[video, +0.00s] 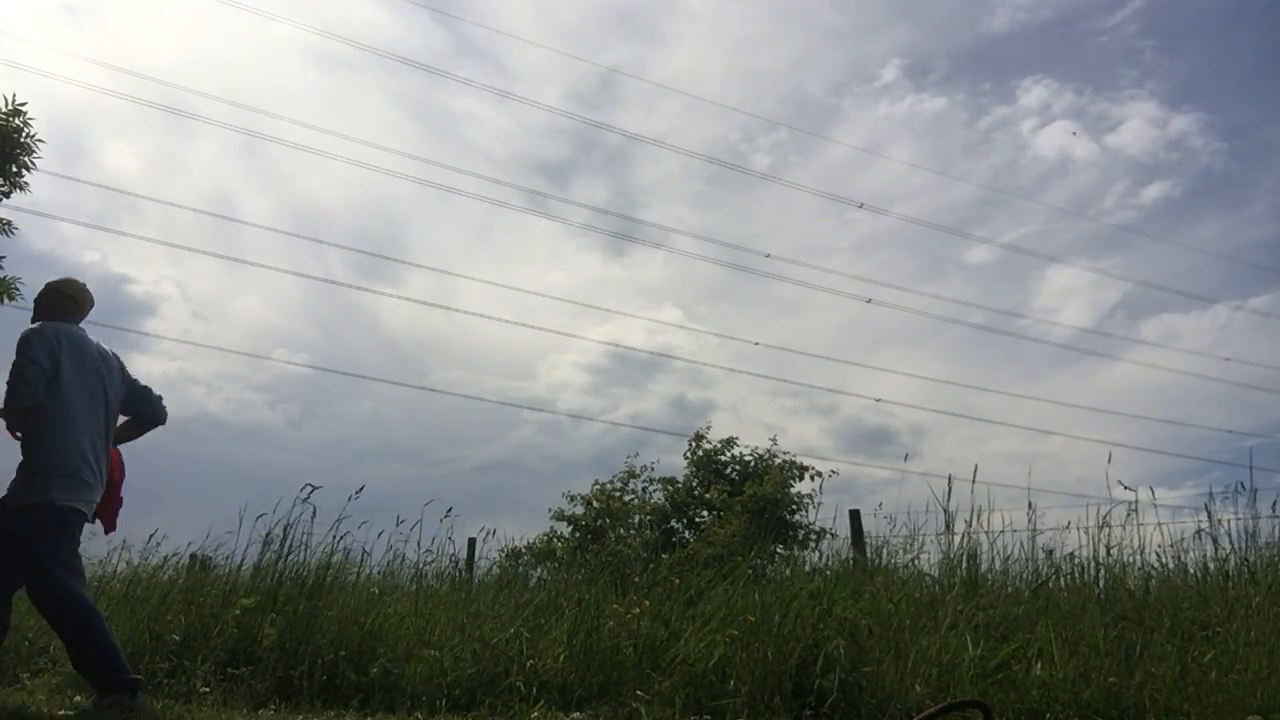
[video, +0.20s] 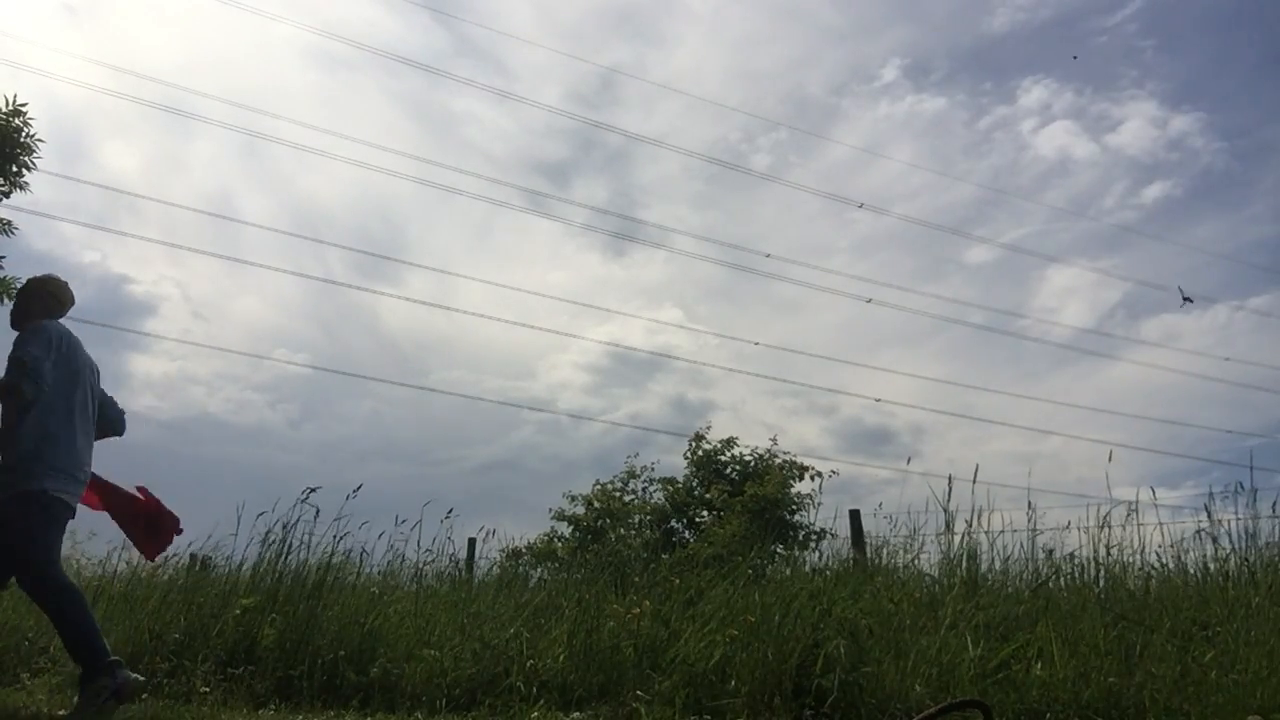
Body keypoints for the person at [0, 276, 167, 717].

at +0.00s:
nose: (33, 317)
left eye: (37, 309)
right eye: (35, 311)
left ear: (48, 307)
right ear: (79, 314)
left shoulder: (40, 336)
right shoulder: (107, 359)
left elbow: (21, 398)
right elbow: (154, 411)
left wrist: (14, 420)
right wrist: (107, 435)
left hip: (47, 482)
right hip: (85, 488)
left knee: (57, 588)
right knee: (2, 576)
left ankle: (120, 691)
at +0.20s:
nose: (12, 311)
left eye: (18, 303)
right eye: (15, 304)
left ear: (35, 302)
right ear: (57, 308)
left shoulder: (39, 331)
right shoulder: (84, 361)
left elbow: (19, 390)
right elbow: (114, 422)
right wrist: (59, 433)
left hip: (30, 475)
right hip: (64, 482)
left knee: (39, 574)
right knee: (35, 574)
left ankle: (101, 671)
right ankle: (99, 671)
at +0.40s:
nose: (18, 281)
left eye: (26, 272)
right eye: (20, 274)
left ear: (56, 275)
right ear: (36, 281)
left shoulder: (88, 305)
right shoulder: (21, 327)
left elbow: (90, 253)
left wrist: (18, 202)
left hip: (75, 430)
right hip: (26, 431)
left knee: (15, 439)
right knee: (8, 523)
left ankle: (61, 553)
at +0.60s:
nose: (28, 275)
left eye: (39, 267)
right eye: (30, 269)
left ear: (65, 271)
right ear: (40, 282)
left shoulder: (95, 310)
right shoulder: (26, 324)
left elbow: (91, 259)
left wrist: (35, 203)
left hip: (78, 432)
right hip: (21, 434)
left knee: (64, 367)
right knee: (6, 536)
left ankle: (53, 488)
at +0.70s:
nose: (39, 279)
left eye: (49, 270)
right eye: (42, 272)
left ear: (73, 277)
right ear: (40, 284)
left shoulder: (97, 311)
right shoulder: (28, 331)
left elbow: (98, 263)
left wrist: (57, 209)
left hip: (79, 433)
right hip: (23, 436)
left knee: (75, 388)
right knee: (6, 538)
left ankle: (70, 515)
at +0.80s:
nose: (64, 276)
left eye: (70, 269)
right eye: (56, 270)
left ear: (82, 277)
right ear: (39, 283)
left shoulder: (100, 307)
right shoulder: (31, 338)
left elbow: (124, 286)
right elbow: (15, 350)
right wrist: (6, 341)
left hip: (85, 420)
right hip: (31, 432)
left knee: (73, 447)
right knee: (9, 538)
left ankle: (100, 563)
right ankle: (2, 648)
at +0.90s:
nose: (35, 284)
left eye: (43, 276)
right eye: (37, 277)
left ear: (70, 281)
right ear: (53, 286)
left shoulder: (99, 318)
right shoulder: (43, 341)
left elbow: (150, 321)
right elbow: (28, 372)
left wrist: (199, 318)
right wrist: (0, 343)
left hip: (88, 453)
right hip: (39, 459)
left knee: (72, 504)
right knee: (4, 536)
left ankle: (133, 619)